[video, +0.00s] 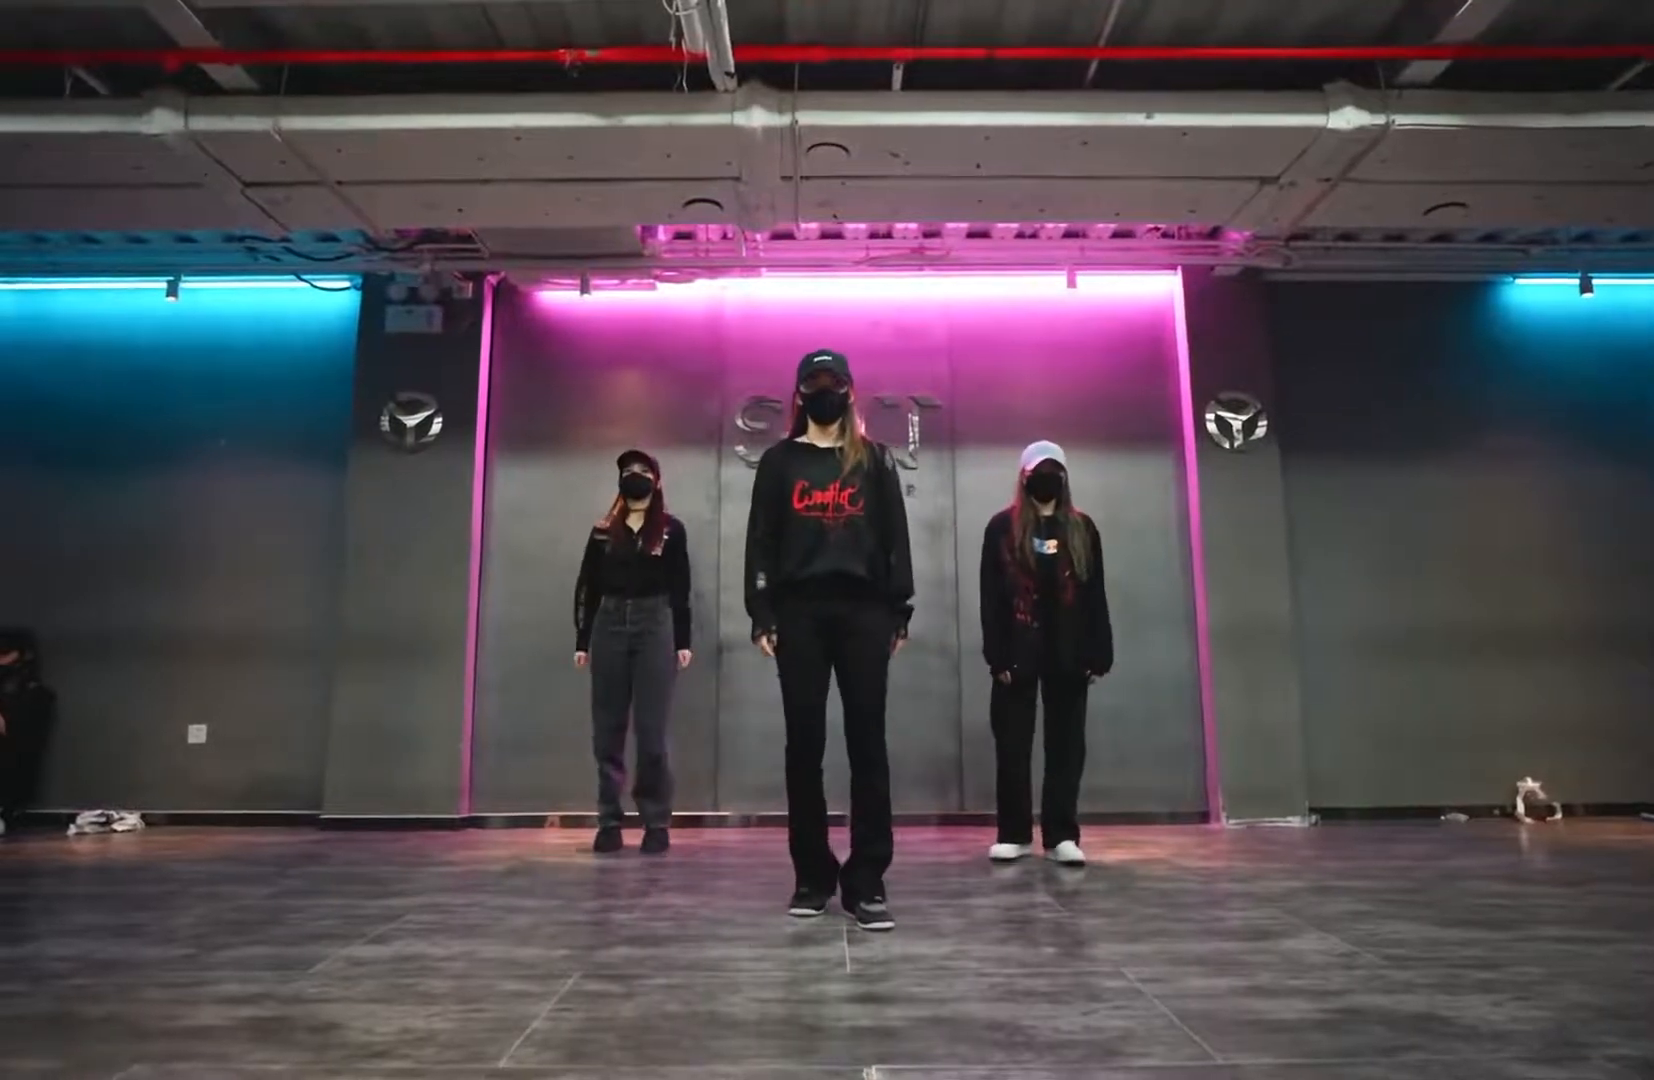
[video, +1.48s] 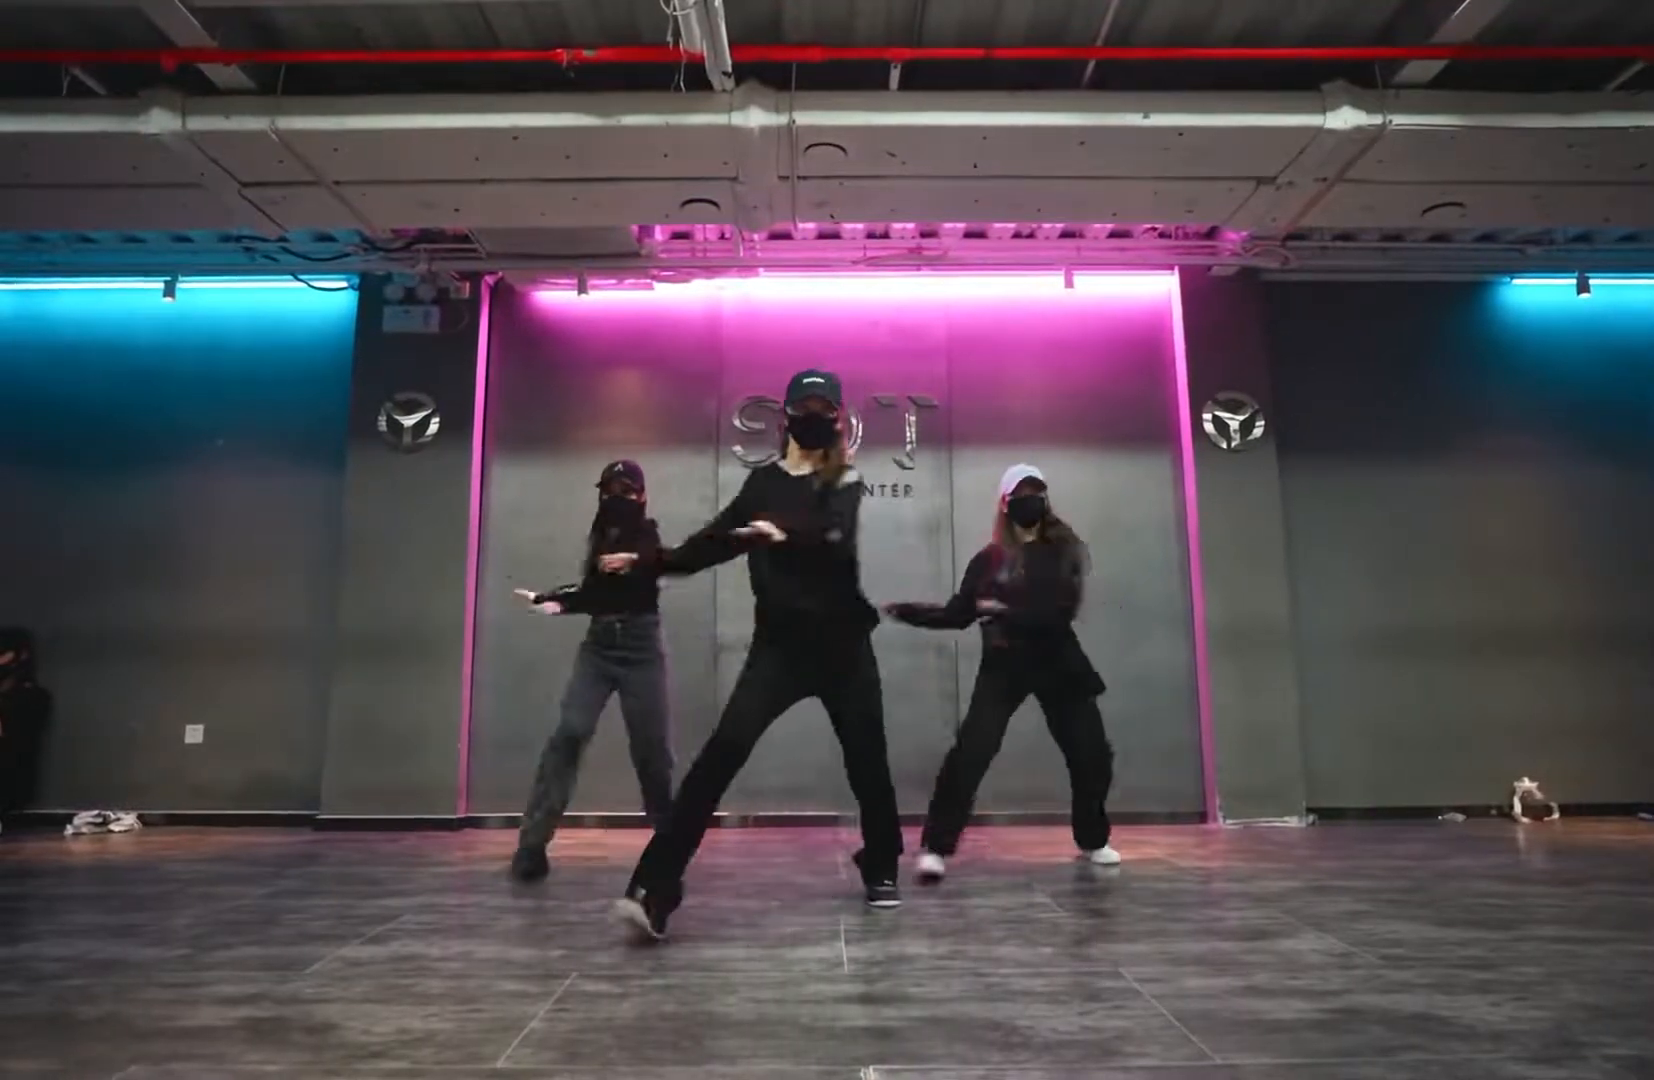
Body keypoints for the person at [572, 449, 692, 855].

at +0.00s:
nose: (636, 482)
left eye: (643, 476)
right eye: (629, 476)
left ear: (656, 482)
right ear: (619, 483)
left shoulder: (670, 529)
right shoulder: (604, 529)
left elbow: (680, 588)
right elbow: (587, 587)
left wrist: (683, 640)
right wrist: (583, 640)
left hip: (656, 629)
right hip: (608, 628)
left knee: (651, 731)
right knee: (608, 731)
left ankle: (656, 824)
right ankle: (609, 823)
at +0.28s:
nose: (649, 486)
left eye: (655, 479)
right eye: (641, 480)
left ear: (668, 483)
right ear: (632, 484)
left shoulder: (683, 530)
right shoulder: (614, 529)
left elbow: (694, 585)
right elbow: (601, 586)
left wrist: (691, 628)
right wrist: (605, 633)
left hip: (664, 633)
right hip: (620, 633)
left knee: (661, 732)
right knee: (614, 731)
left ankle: (656, 823)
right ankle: (614, 822)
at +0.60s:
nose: (649, 488)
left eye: (656, 482)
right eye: (642, 482)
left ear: (669, 484)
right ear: (633, 483)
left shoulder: (683, 530)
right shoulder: (614, 528)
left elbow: (693, 590)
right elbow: (602, 586)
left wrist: (693, 639)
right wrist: (604, 634)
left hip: (665, 632)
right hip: (621, 631)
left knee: (660, 729)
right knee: (614, 725)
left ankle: (656, 822)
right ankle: (623, 814)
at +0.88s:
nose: (644, 486)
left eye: (651, 480)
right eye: (636, 480)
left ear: (663, 483)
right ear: (625, 482)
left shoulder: (675, 530)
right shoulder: (604, 527)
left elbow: (686, 589)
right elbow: (587, 587)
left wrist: (685, 638)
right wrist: (589, 635)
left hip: (659, 624)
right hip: (612, 623)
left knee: (657, 727)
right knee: (614, 727)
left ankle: (657, 822)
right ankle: (622, 819)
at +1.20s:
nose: (640, 489)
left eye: (648, 482)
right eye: (633, 482)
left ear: (661, 487)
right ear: (623, 487)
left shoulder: (675, 534)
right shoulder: (607, 531)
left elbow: (687, 593)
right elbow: (594, 590)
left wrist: (699, 639)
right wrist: (598, 639)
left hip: (662, 636)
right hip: (616, 636)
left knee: (661, 735)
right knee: (613, 736)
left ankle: (671, 828)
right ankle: (624, 804)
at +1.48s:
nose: (619, 501)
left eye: (628, 493)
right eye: (612, 494)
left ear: (642, 497)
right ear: (601, 497)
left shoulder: (647, 536)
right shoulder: (601, 536)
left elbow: (635, 590)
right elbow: (595, 593)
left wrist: (568, 604)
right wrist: (552, 598)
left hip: (642, 650)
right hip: (599, 648)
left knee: (652, 752)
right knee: (570, 735)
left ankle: (669, 850)